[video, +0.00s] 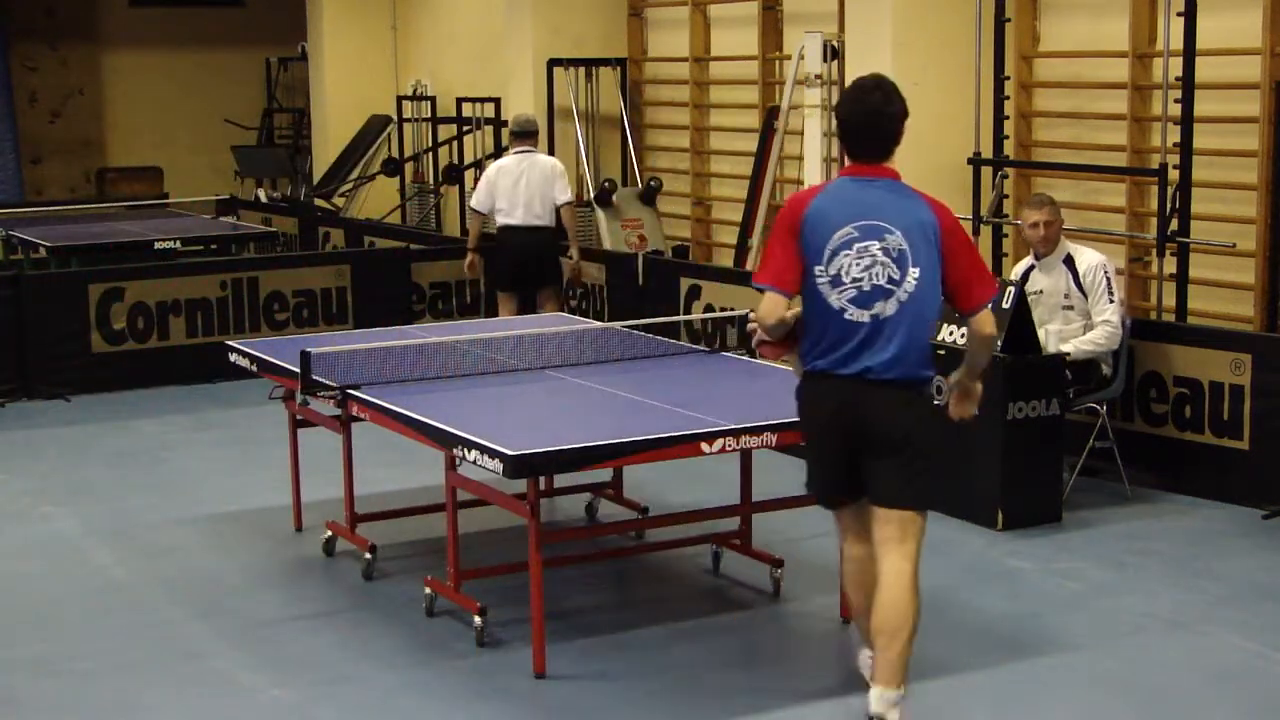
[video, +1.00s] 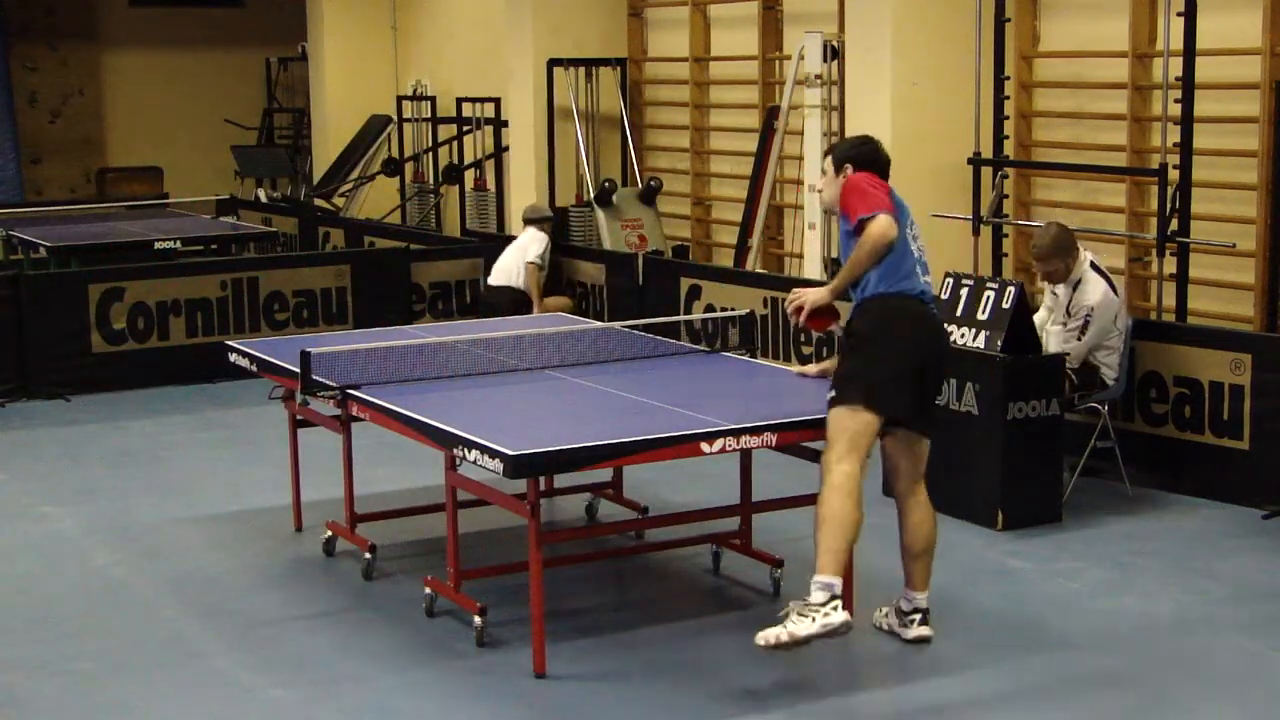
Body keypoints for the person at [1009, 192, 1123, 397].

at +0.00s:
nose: (1042, 233)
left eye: (1049, 224)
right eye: (1034, 226)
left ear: (1061, 225)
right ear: (1022, 232)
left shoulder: (1092, 264)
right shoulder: (1021, 272)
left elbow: (1110, 333)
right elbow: (1009, 329)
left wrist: (1060, 355)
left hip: (1085, 367)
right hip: (1034, 368)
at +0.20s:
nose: (1035, 248)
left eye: (1043, 239)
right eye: (1029, 240)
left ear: (1063, 230)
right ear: (1023, 236)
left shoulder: (1096, 267)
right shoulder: (1024, 272)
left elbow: (1107, 336)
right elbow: (1010, 326)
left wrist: (1058, 355)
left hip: (1087, 365)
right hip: (1036, 365)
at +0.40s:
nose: (1043, 257)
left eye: (1050, 251)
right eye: (1038, 250)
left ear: (1070, 239)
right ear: (1033, 242)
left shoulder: (1102, 273)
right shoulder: (1034, 271)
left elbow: (1092, 341)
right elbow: (1028, 324)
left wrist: (1051, 368)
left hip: (1088, 367)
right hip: (1043, 363)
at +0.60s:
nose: (1046, 264)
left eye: (1054, 259)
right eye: (1044, 257)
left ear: (1076, 248)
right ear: (1039, 246)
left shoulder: (1102, 282)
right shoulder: (1044, 268)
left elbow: (1083, 347)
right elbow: (1035, 320)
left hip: (1092, 367)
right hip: (1050, 359)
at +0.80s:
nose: (1045, 273)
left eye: (1052, 267)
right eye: (1042, 266)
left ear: (1073, 257)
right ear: (1040, 255)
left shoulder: (1097, 292)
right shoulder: (1054, 269)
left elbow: (1070, 355)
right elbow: (1041, 314)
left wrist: (1047, 330)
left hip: (1096, 373)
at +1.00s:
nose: (1042, 278)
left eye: (1050, 272)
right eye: (1039, 271)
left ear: (1070, 262)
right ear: (1036, 259)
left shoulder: (1093, 299)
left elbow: (1068, 359)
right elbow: (1045, 314)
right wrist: (1015, 340)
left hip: (1096, 374)